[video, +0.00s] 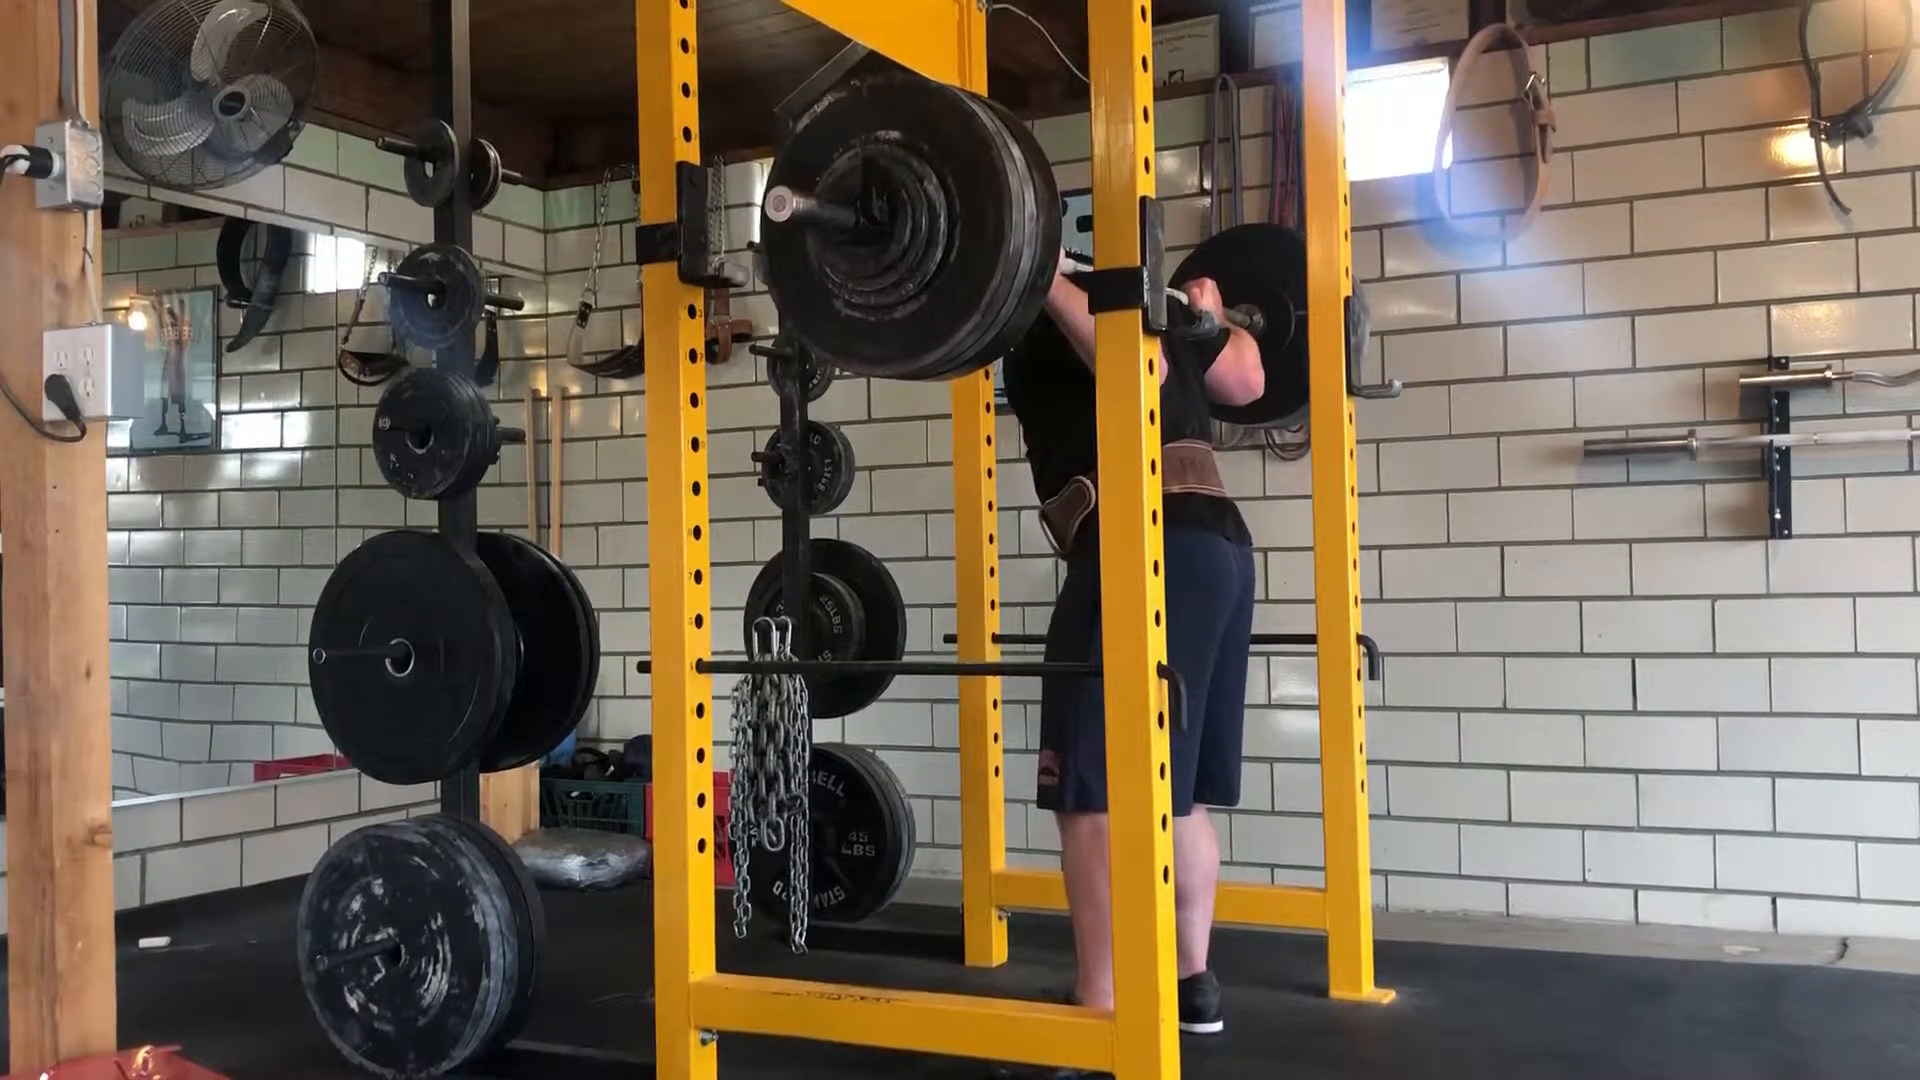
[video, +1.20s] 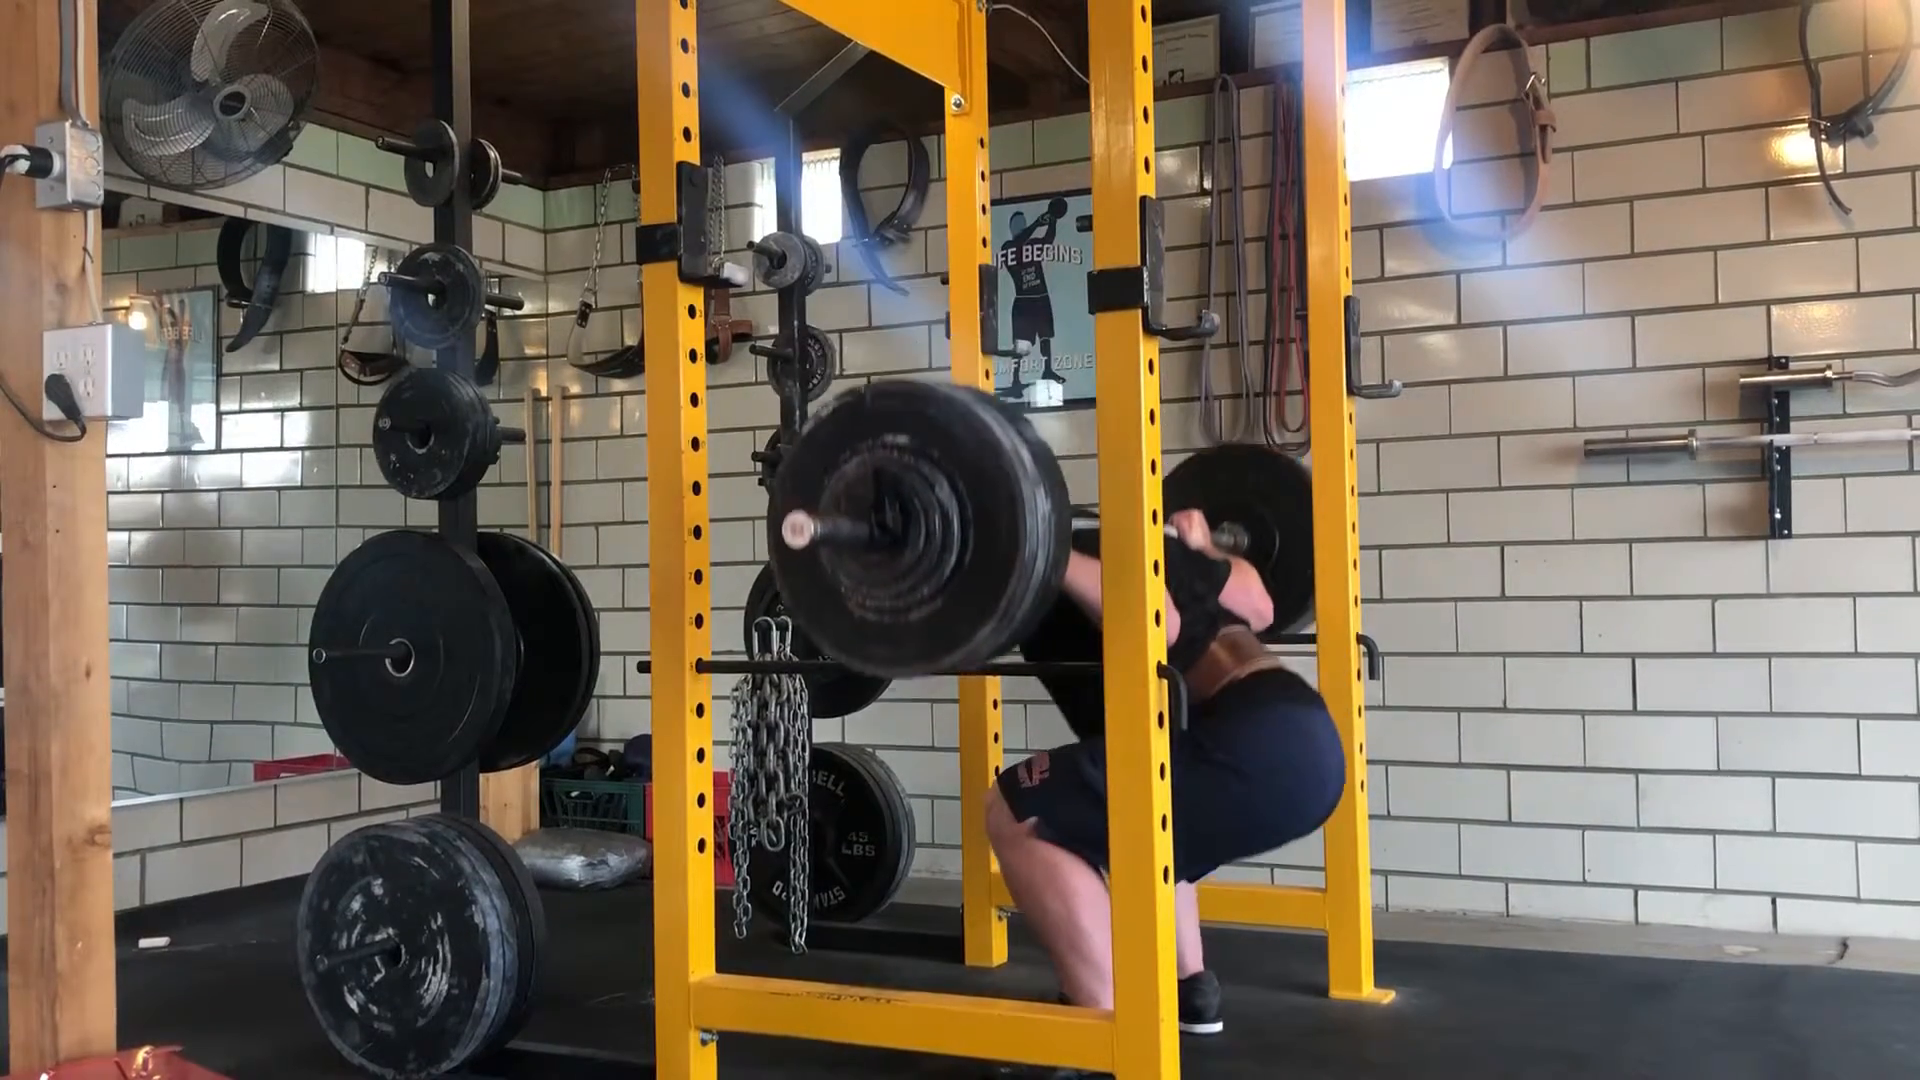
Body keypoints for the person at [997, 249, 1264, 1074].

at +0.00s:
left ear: (1024, 244)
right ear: (1067, 234)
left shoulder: (1050, 297)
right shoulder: (1159, 298)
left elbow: (1134, 373)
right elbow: (1246, 379)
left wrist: (1051, 281)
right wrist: (1211, 307)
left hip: (1132, 539)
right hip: (1218, 546)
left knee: (1085, 782)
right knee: (1190, 783)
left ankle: (1100, 1000)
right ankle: (1194, 985)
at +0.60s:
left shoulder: (1073, 395)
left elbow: (1167, 457)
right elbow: (1259, 458)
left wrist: (1048, 375)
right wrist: (1209, 393)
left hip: (1234, 601)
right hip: (1291, 602)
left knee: (1064, 786)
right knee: (1185, 795)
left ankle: (1099, 1006)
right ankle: (1192, 986)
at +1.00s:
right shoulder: (1144, 496)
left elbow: (1163, 568)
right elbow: (1262, 555)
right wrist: (1216, 505)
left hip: (1261, 694)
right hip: (1310, 694)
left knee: (1036, 802)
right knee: (1169, 812)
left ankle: (1102, 1021)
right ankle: (1190, 982)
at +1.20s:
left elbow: (1161, 626)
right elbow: (1259, 603)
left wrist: (1041, 545)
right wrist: (1203, 550)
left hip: (1266, 744)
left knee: (1016, 810)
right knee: (1145, 812)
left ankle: (1104, 1029)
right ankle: (1188, 983)